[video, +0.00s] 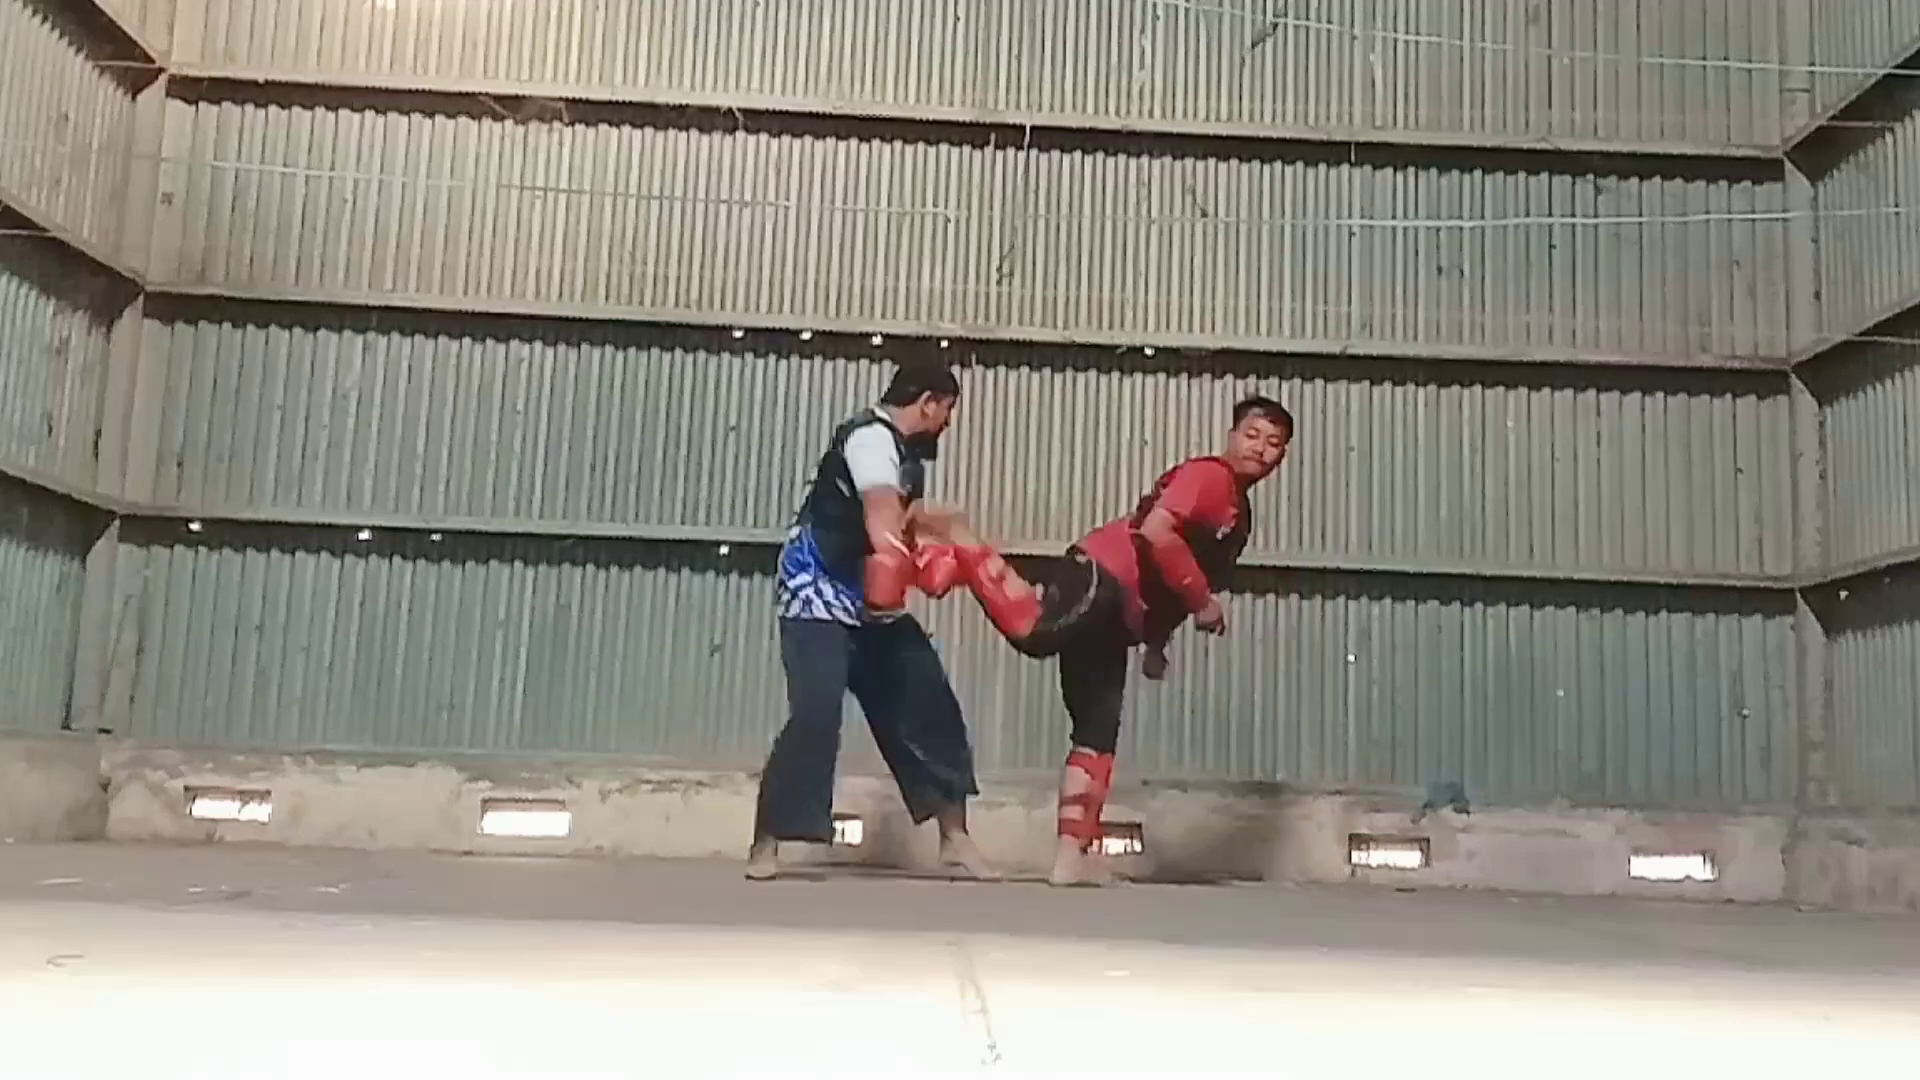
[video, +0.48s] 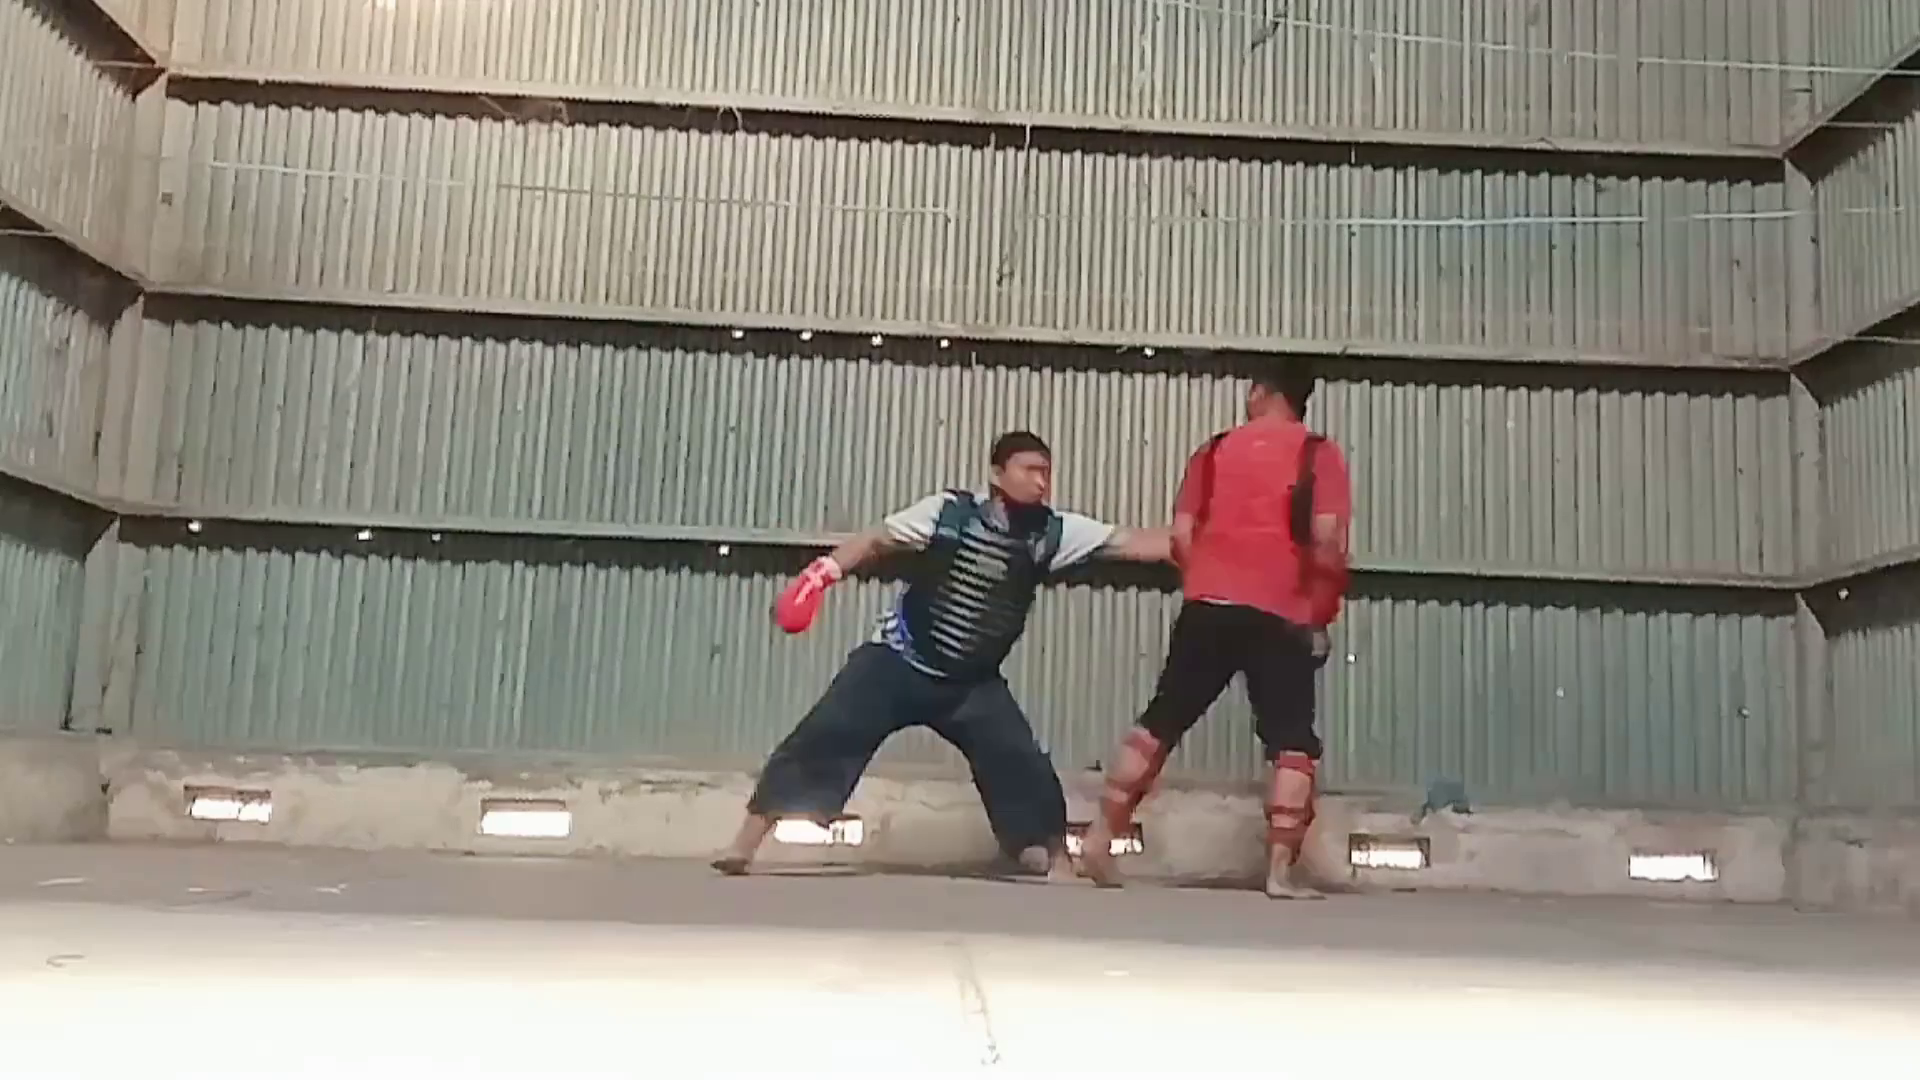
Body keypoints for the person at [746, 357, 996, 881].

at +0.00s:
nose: (948, 421)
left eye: (951, 411)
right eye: (949, 410)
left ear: (919, 401)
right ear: (927, 402)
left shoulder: (910, 452)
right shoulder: (872, 440)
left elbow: (906, 520)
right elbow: (884, 533)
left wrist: (947, 541)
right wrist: (918, 570)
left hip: (873, 603)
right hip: (817, 597)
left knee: (929, 700)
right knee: (816, 713)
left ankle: (955, 839)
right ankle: (767, 841)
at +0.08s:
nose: (946, 411)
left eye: (949, 400)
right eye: (945, 399)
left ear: (919, 392)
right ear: (919, 391)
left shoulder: (912, 444)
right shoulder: (857, 425)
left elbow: (903, 532)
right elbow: (846, 492)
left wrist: (927, 582)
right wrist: (850, 552)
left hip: (893, 610)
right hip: (825, 607)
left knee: (941, 706)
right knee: (795, 706)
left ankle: (966, 824)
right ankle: (762, 831)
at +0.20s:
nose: (942, 433)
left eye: (945, 424)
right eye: (938, 422)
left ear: (913, 418)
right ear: (906, 414)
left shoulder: (920, 472)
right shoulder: (853, 450)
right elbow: (808, 489)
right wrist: (791, 539)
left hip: (912, 644)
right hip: (833, 645)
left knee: (985, 720)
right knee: (779, 735)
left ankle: (1021, 836)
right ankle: (710, 837)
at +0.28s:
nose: (963, 448)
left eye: (965, 439)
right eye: (957, 437)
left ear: (933, 435)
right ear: (923, 431)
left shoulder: (939, 497)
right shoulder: (864, 473)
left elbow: (915, 561)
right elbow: (800, 518)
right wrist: (761, 563)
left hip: (925, 660)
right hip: (846, 654)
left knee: (1000, 741)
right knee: (783, 740)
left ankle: (1036, 849)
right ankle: (708, 846)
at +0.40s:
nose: (1019, 455)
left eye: (1021, 447)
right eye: (1007, 446)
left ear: (1016, 460)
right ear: (970, 453)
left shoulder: (1026, 522)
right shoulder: (921, 498)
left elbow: (1075, 570)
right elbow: (851, 539)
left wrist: (1122, 588)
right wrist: (795, 578)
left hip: (961, 681)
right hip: (884, 665)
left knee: (1019, 762)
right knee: (810, 733)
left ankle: (1067, 859)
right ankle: (723, 835)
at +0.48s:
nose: (1043, 480)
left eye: (1047, 472)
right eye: (1032, 470)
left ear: (1047, 480)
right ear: (998, 473)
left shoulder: (1055, 530)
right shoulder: (952, 510)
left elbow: (1127, 541)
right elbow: (878, 540)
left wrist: (1183, 540)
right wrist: (826, 570)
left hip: (972, 683)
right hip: (897, 664)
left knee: (1020, 759)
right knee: (824, 731)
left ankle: (1044, 857)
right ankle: (748, 838)